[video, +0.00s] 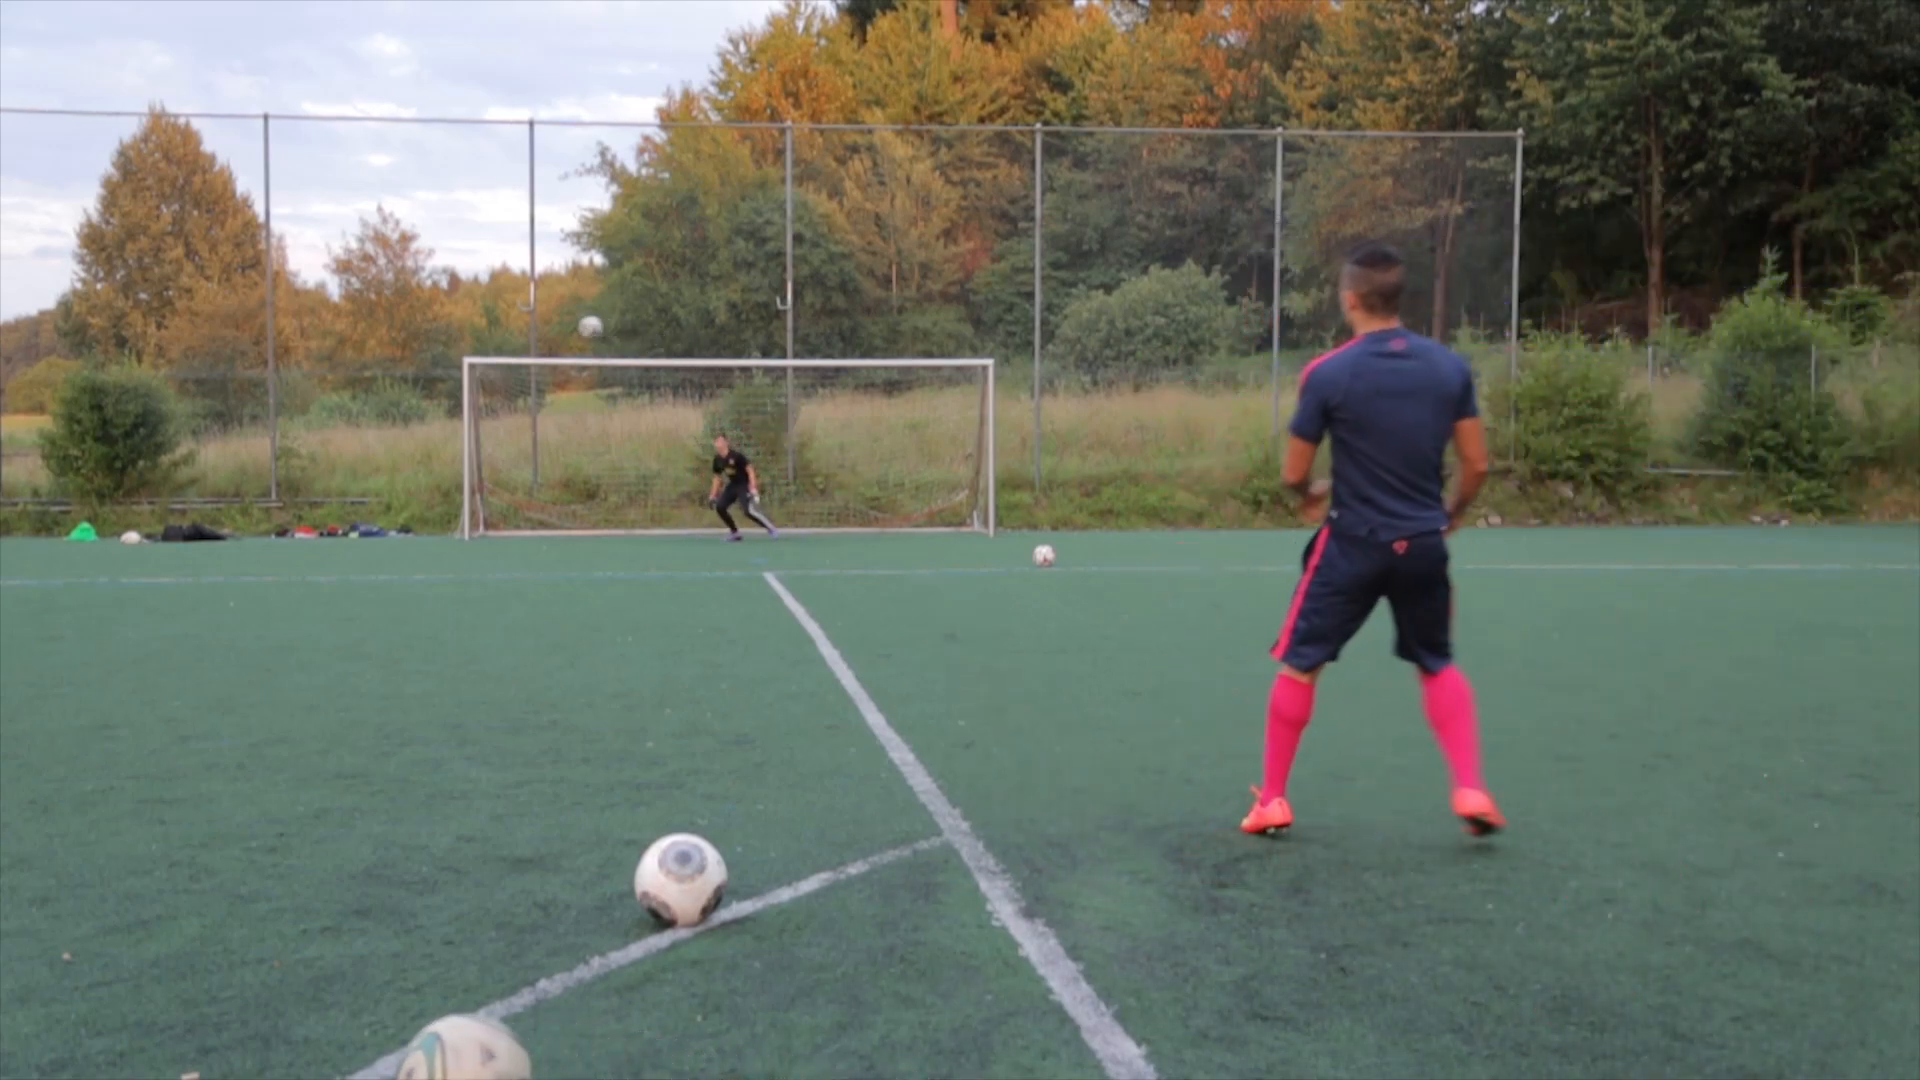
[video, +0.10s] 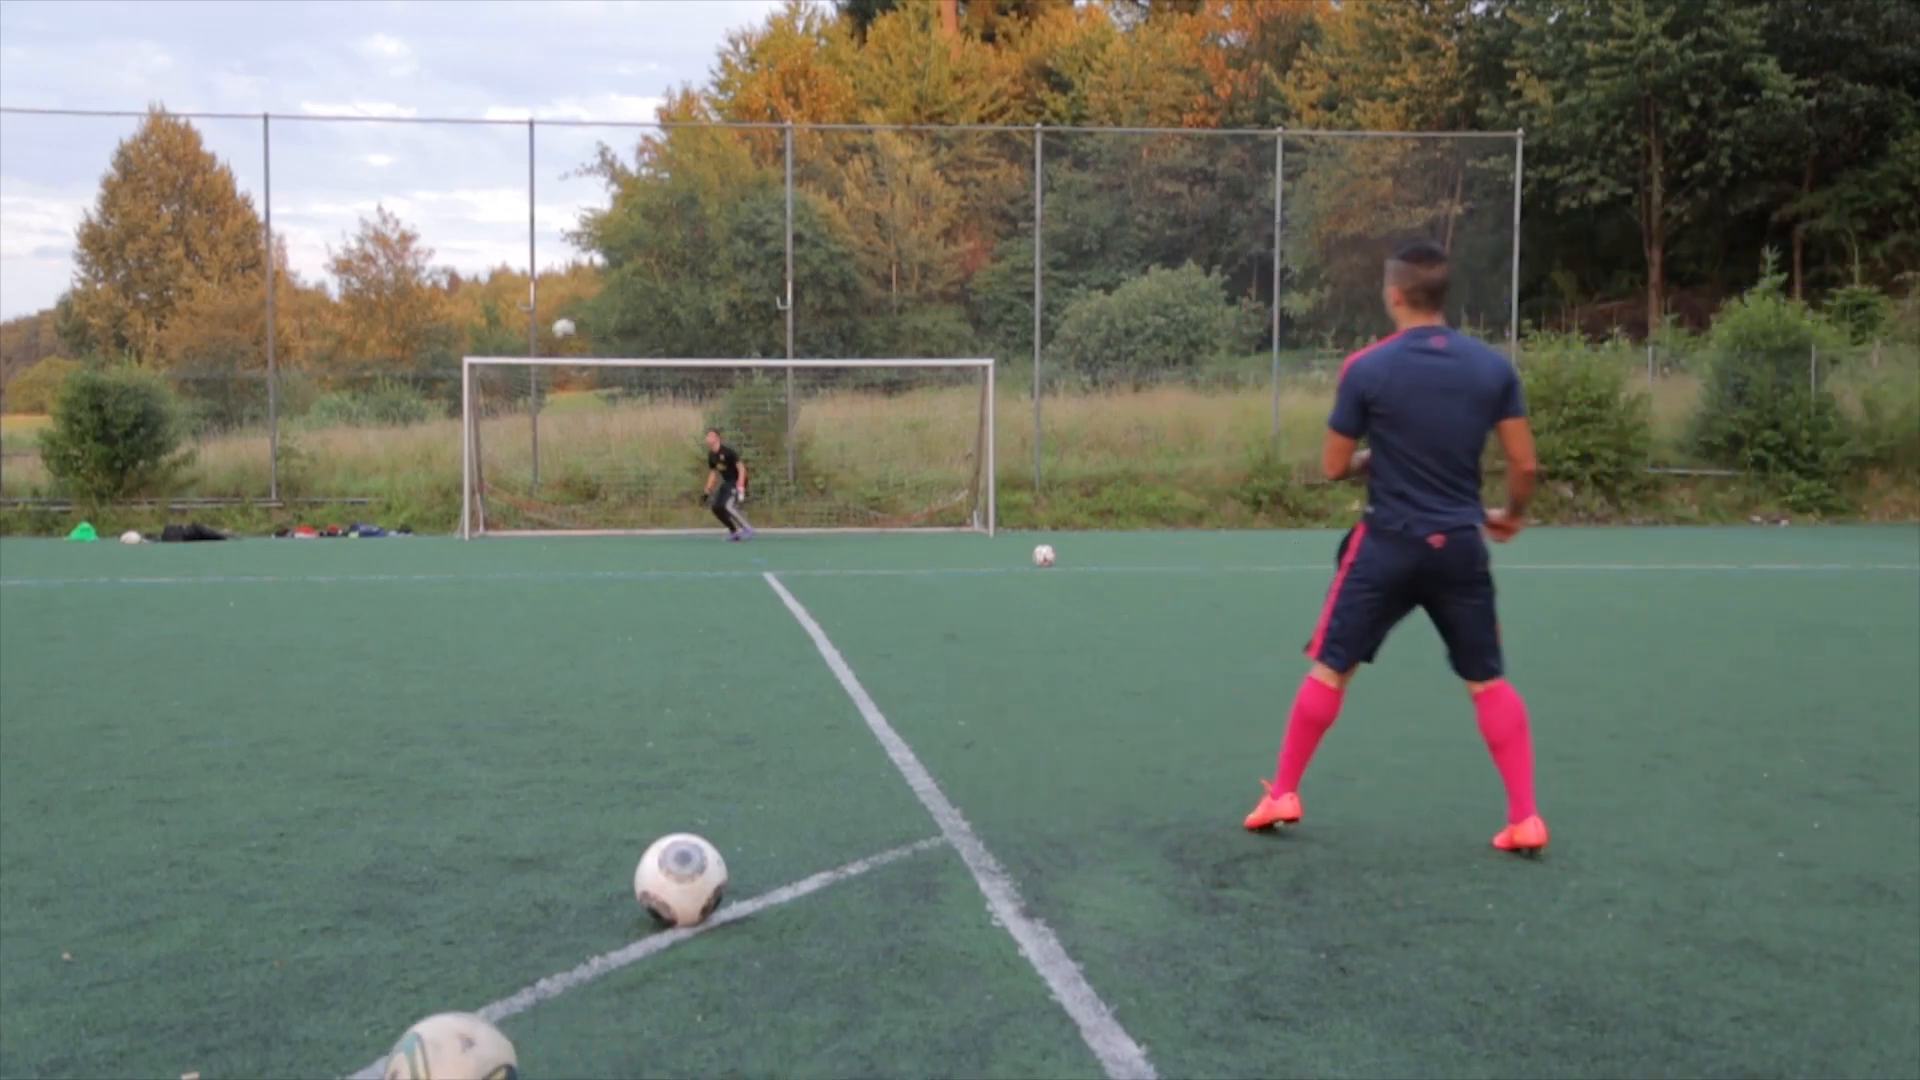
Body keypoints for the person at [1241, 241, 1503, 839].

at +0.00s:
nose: (1341, 303)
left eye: (1342, 297)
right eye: (1346, 295)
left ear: (1349, 301)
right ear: (1400, 298)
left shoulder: (1328, 373)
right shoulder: (1449, 368)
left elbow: (1295, 475)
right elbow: (1475, 465)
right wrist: (1450, 515)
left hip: (1351, 546)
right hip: (1424, 546)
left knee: (1300, 662)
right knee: (1436, 661)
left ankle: (1272, 797)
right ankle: (1470, 788)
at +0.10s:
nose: (1385, 298)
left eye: (1386, 290)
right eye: (1391, 290)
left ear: (1394, 295)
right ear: (1444, 296)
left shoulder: (1367, 369)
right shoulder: (1490, 366)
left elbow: (1334, 465)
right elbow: (1524, 464)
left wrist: (1376, 455)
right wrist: (1512, 514)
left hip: (1386, 547)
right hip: (1461, 550)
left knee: (1330, 666)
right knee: (1487, 677)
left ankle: (1282, 792)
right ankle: (1524, 817)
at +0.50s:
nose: (1494, 287)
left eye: (1495, 279)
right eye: (1502, 279)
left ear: (1500, 284)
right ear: (1555, 285)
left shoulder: (1470, 358)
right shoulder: (1596, 359)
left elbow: (1441, 469)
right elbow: (1629, 460)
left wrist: (1445, 508)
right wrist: (1620, 522)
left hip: (1487, 542)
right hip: (1557, 546)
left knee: (1460, 673)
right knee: (1546, 685)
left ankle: (1537, 793)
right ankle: (1539, 828)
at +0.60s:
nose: (1509, 286)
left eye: (1510, 278)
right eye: (1517, 278)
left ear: (1515, 283)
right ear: (1570, 287)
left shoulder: (1485, 359)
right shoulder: (1610, 361)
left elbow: (1457, 469)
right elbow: (1641, 465)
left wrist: (1447, 511)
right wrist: (1623, 527)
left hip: (1508, 544)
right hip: (1576, 546)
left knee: (1495, 685)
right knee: (1557, 689)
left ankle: (1592, 819)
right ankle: (1541, 830)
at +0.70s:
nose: (1508, 295)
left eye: (1510, 288)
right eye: (1512, 288)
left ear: (1517, 293)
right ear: (1572, 297)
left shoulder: (1496, 364)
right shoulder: (1610, 362)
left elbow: (1480, 464)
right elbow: (1656, 459)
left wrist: (1462, 506)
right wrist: (1626, 527)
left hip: (1541, 550)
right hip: (1602, 547)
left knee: (1519, 697)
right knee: (1575, 682)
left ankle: (1610, 843)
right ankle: (1576, 817)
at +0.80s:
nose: (1505, 317)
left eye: (1506, 309)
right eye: (1510, 308)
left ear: (1512, 314)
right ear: (1568, 314)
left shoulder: (1509, 376)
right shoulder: (1605, 372)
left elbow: (1529, 463)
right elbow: (1661, 466)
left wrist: (1494, 523)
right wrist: (1621, 529)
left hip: (1574, 556)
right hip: (1628, 554)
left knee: (1509, 704)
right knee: (1582, 679)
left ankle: (1609, 842)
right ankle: (1662, 801)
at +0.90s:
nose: (1502, 343)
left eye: (1504, 335)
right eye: (1506, 335)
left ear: (1512, 341)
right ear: (1566, 344)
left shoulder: (1519, 402)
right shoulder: (1599, 398)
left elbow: (1562, 481)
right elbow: (1646, 496)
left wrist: (1508, 549)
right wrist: (1571, 564)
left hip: (1604, 581)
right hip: (1649, 577)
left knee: (1494, 706)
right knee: (1607, 709)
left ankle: (1612, 830)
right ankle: (1704, 842)